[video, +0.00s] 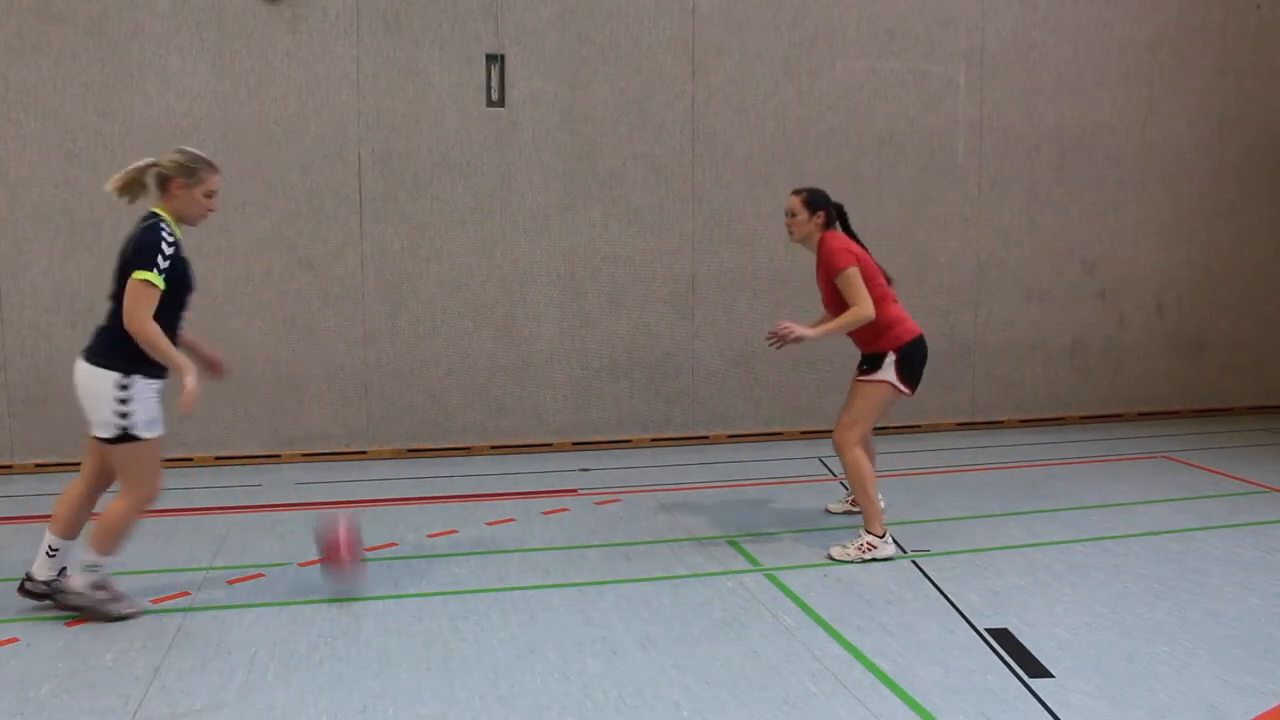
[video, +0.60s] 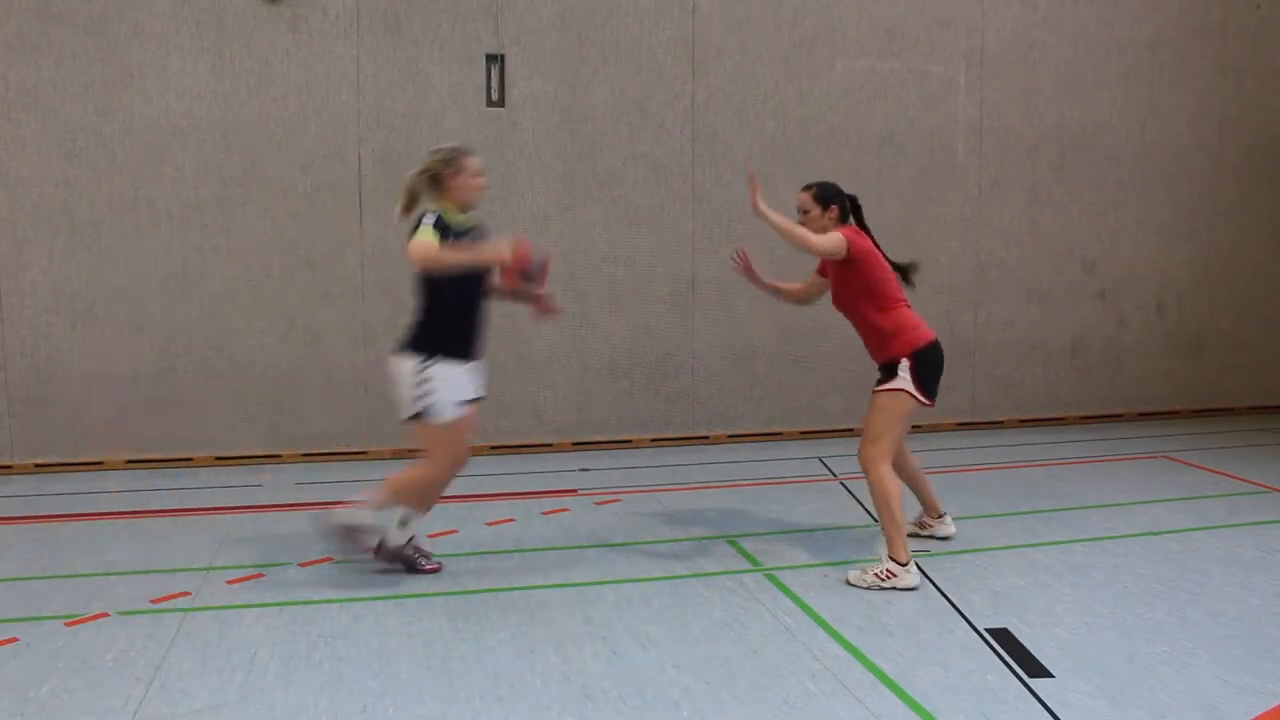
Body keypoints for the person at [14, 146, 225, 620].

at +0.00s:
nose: (213, 205)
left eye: (215, 196)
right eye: (208, 195)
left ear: (176, 191)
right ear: (177, 188)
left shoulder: (160, 233)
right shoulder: (158, 238)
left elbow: (158, 312)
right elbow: (136, 319)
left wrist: (197, 349)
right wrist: (182, 367)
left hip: (106, 370)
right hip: (122, 377)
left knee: (96, 475)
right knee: (142, 486)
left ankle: (43, 574)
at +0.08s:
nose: (233, 211)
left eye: (236, 202)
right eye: (229, 201)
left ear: (200, 195)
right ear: (198, 192)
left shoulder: (185, 240)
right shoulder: (176, 241)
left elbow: (190, 317)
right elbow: (150, 318)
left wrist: (243, 346)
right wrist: (199, 364)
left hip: (125, 372)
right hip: (146, 380)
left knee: (105, 477)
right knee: (183, 484)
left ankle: (46, 570)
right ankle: (124, 578)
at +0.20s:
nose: (274, 216)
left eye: (275, 207)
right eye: (269, 206)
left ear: (241, 203)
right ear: (240, 201)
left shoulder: (230, 249)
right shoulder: (219, 250)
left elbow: (244, 319)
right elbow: (217, 325)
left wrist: (296, 345)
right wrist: (287, 344)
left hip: (185, 380)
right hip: (188, 385)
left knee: (198, 479)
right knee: (213, 488)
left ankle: (110, 535)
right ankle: (136, 573)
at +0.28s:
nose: (312, 225)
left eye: (312, 215)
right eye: (306, 215)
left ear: (277, 217)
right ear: (277, 216)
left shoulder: (263, 261)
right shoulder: (262, 265)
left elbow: (278, 340)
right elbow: (278, 343)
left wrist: (325, 353)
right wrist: (328, 357)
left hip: (228, 393)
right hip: (209, 395)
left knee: (279, 465)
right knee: (228, 501)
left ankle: (197, 535)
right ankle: (139, 572)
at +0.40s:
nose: (376, 220)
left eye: (375, 211)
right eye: (369, 212)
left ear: (340, 221)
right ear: (343, 220)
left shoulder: (325, 263)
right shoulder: (337, 270)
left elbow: (345, 341)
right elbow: (358, 348)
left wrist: (388, 362)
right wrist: (397, 356)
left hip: (301, 394)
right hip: (274, 397)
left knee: (365, 440)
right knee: (240, 495)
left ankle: (376, 541)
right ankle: (151, 565)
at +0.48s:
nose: (417, 207)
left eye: (415, 199)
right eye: (409, 200)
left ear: (384, 209)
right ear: (384, 208)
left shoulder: (382, 251)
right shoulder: (380, 253)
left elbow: (402, 322)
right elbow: (407, 321)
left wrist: (450, 337)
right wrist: (460, 328)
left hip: (367, 386)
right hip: (336, 387)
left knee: (409, 451)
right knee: (298, 480)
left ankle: (393, 548)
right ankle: (200, 539)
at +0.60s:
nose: (482, 183)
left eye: (482, 175)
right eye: (474, 175)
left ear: (465, 182)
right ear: (447, 181)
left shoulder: (472, 230)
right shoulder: (433, 222)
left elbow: (477, 282)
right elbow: (421, 257)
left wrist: (525, 294)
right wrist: (494, 253)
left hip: (459, 360)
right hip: (428, 360)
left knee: (454, 455)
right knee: (445, 456)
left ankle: (398, 537)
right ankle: (361, 514)